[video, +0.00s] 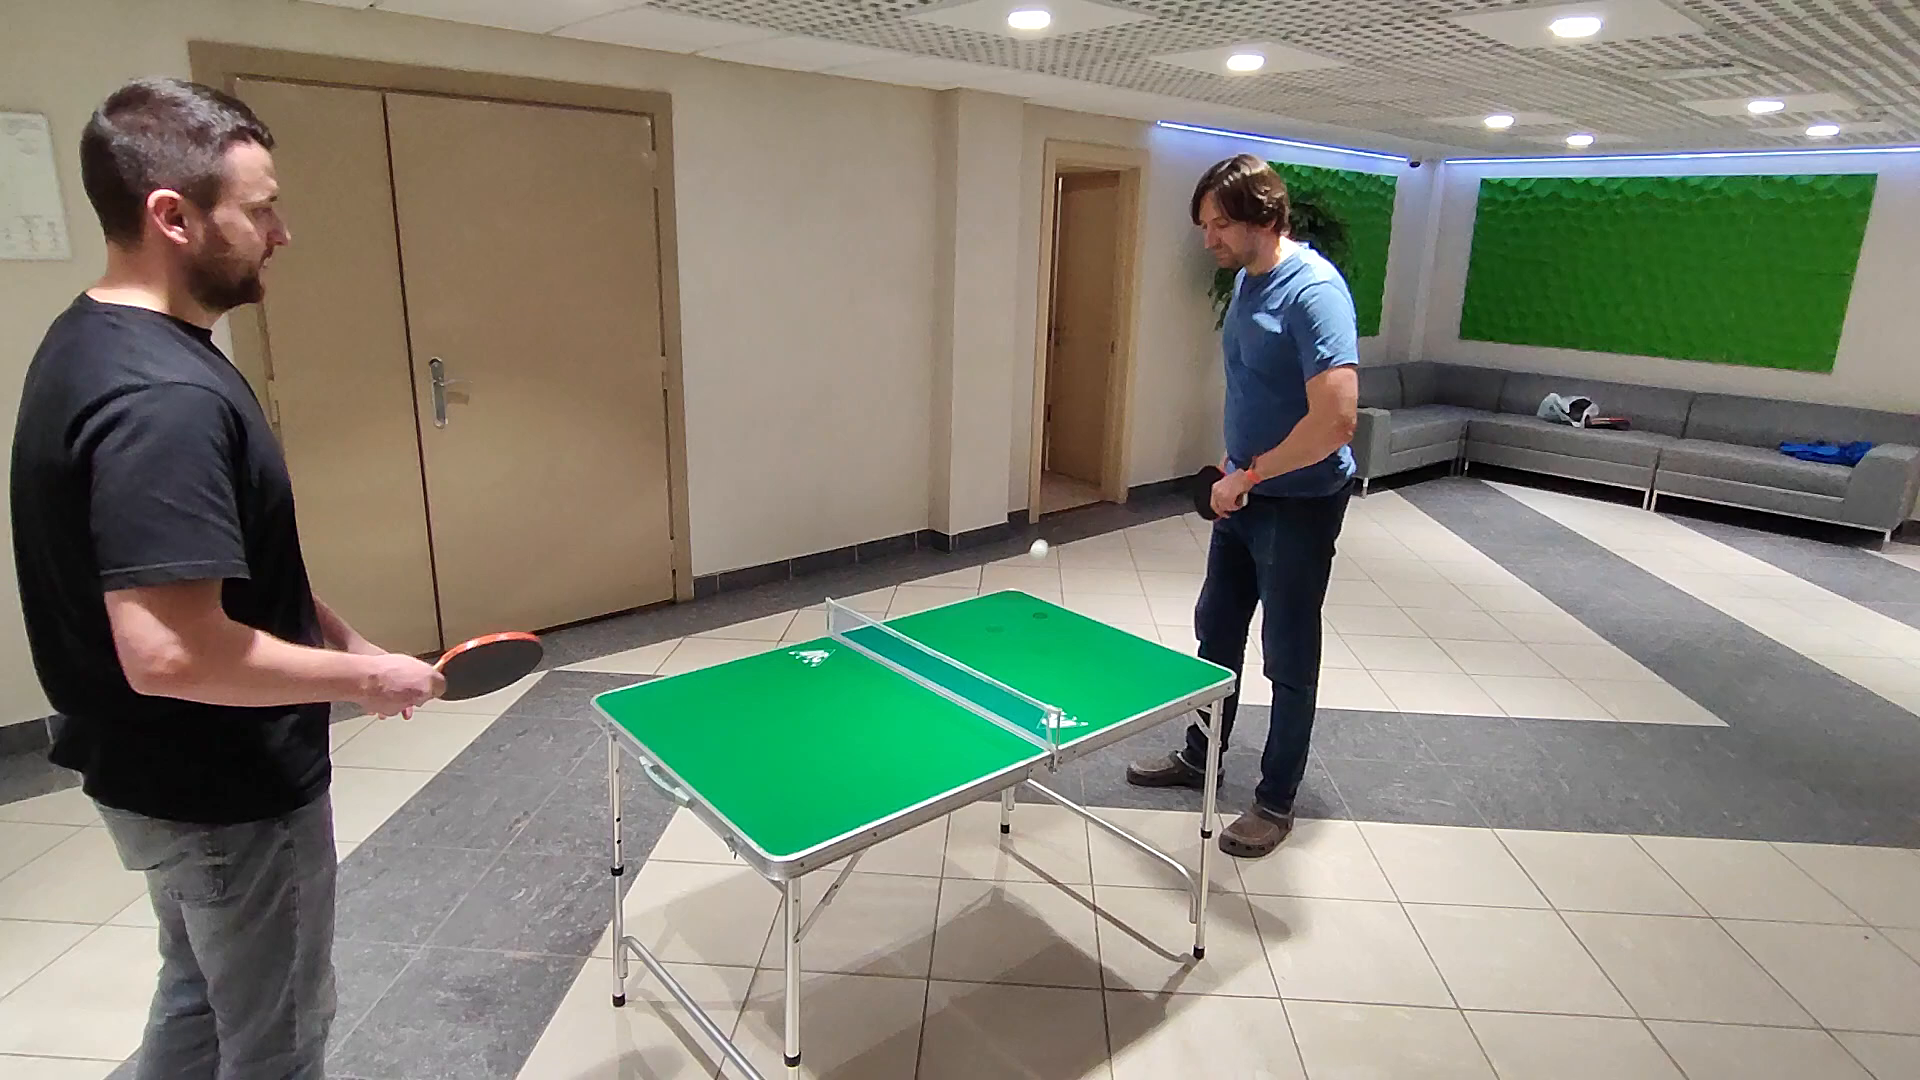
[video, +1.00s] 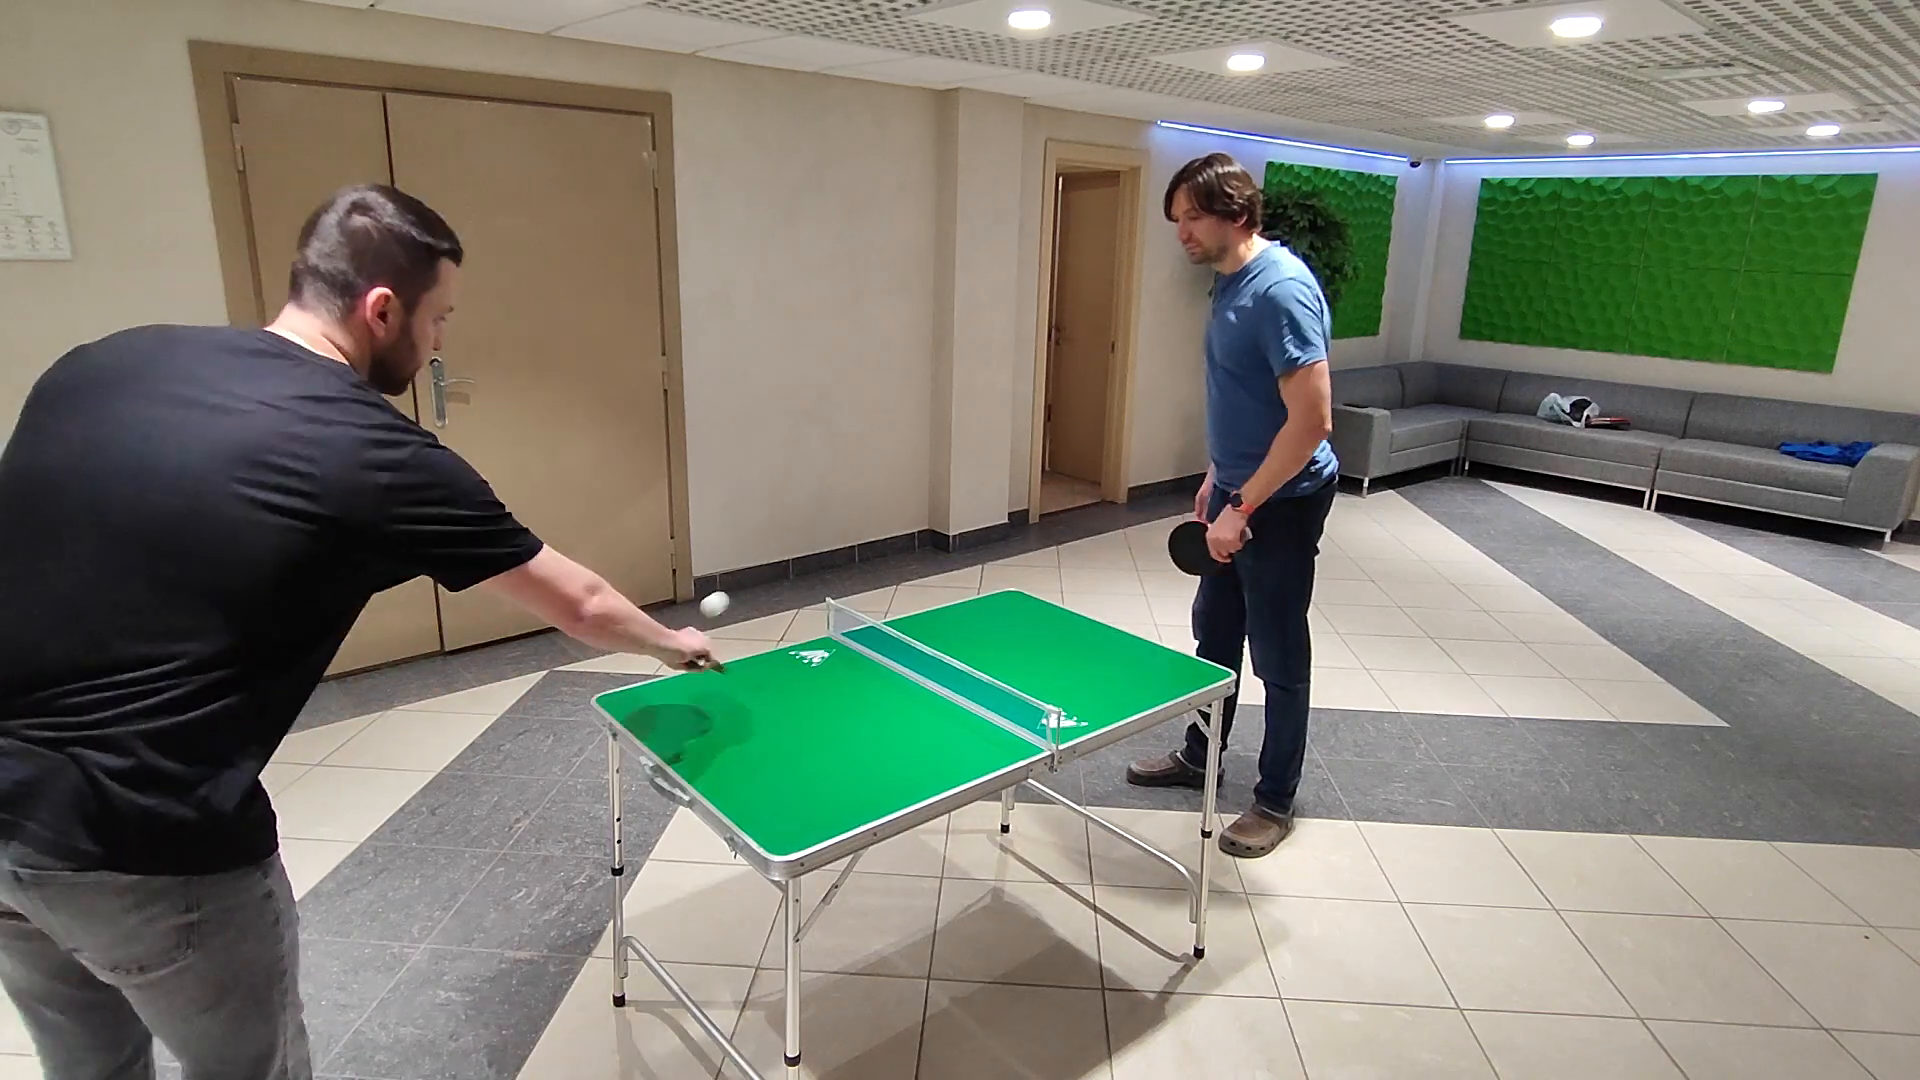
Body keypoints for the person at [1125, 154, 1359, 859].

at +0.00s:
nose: (1208, 238)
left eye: (1216, 224)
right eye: (1204, 226)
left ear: (1257, 218)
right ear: (1242, 223)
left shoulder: (1315, 290)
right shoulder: (1252, 281)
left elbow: (1338, 417)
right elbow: (1257, 394)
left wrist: (1249, 474)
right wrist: (1235, 469)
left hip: (1302, 501)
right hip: (1247, 491)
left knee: (1290, 659)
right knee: (1217, 633)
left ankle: (1273, 806)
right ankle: (1198, 760)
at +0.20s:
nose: (1200, 240)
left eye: (1208, 226)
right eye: (1197, 227)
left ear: (1249, 219)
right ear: (1243, 223)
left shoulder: (1299, 291)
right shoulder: (1255, 282)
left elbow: (1286, 421)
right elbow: (1263, 407)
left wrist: (1189, 484)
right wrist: (1222, 481)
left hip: (1297, 502)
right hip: (1249, 492)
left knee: (1288, 661)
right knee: (1224, 634)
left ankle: (1274, 804)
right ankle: (1199, 758)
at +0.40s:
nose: (1195, 238)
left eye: (1201, 223)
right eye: (1192, 225)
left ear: (1241, 217)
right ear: (1243, 220)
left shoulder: (1289, 288)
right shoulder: (1252, 281)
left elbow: (1243, 411)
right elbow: (1263, 400)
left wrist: (1147, 478)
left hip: (1293, 495)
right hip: (1250, 486)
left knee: (1285, 652)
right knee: (1225, 631)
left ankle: (1273, 804)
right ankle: (1197, 757)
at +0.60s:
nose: (1187, 236)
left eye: (1193, 222)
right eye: (1184, 223)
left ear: (1236, 217)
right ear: (1235, 219)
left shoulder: (1281, 287)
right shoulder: (1244, 280)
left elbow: (1241, 413)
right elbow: (1253, 402)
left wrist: (1150, 480)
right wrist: (1228, 471)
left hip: (1288, 495)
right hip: (1246, 486)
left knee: (1282, 653)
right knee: (1222, 629)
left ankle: (1273, 804)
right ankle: (1197, 757)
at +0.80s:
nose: (1183, 235)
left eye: (1190, 220)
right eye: (1180, 222)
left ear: (1234, 214)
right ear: (1221, 217)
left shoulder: (1279, 286)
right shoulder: (1240, 279)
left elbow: (1274, 416)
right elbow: (1253, 404)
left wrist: (1189, 496)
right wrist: (1215, 484)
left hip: (1284, 495)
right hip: (1240, 489)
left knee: (1279, 654)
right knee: (1220, 632)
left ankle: (1273, 803)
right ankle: (1198, 757)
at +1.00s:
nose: (1180, 235)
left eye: (1188, 220)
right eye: (1176, 222)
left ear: (1232, 213)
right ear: (1205, 217)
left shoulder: (1282, 289)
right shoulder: (1234, 281)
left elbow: (1313, 422)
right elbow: (1243, 401)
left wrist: (1242, 508)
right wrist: (1214, 479)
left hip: (1287, 498)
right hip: (1237, 489)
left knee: (1279, 659)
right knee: (1215, 632)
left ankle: (1274, 804)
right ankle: (1198, 757)